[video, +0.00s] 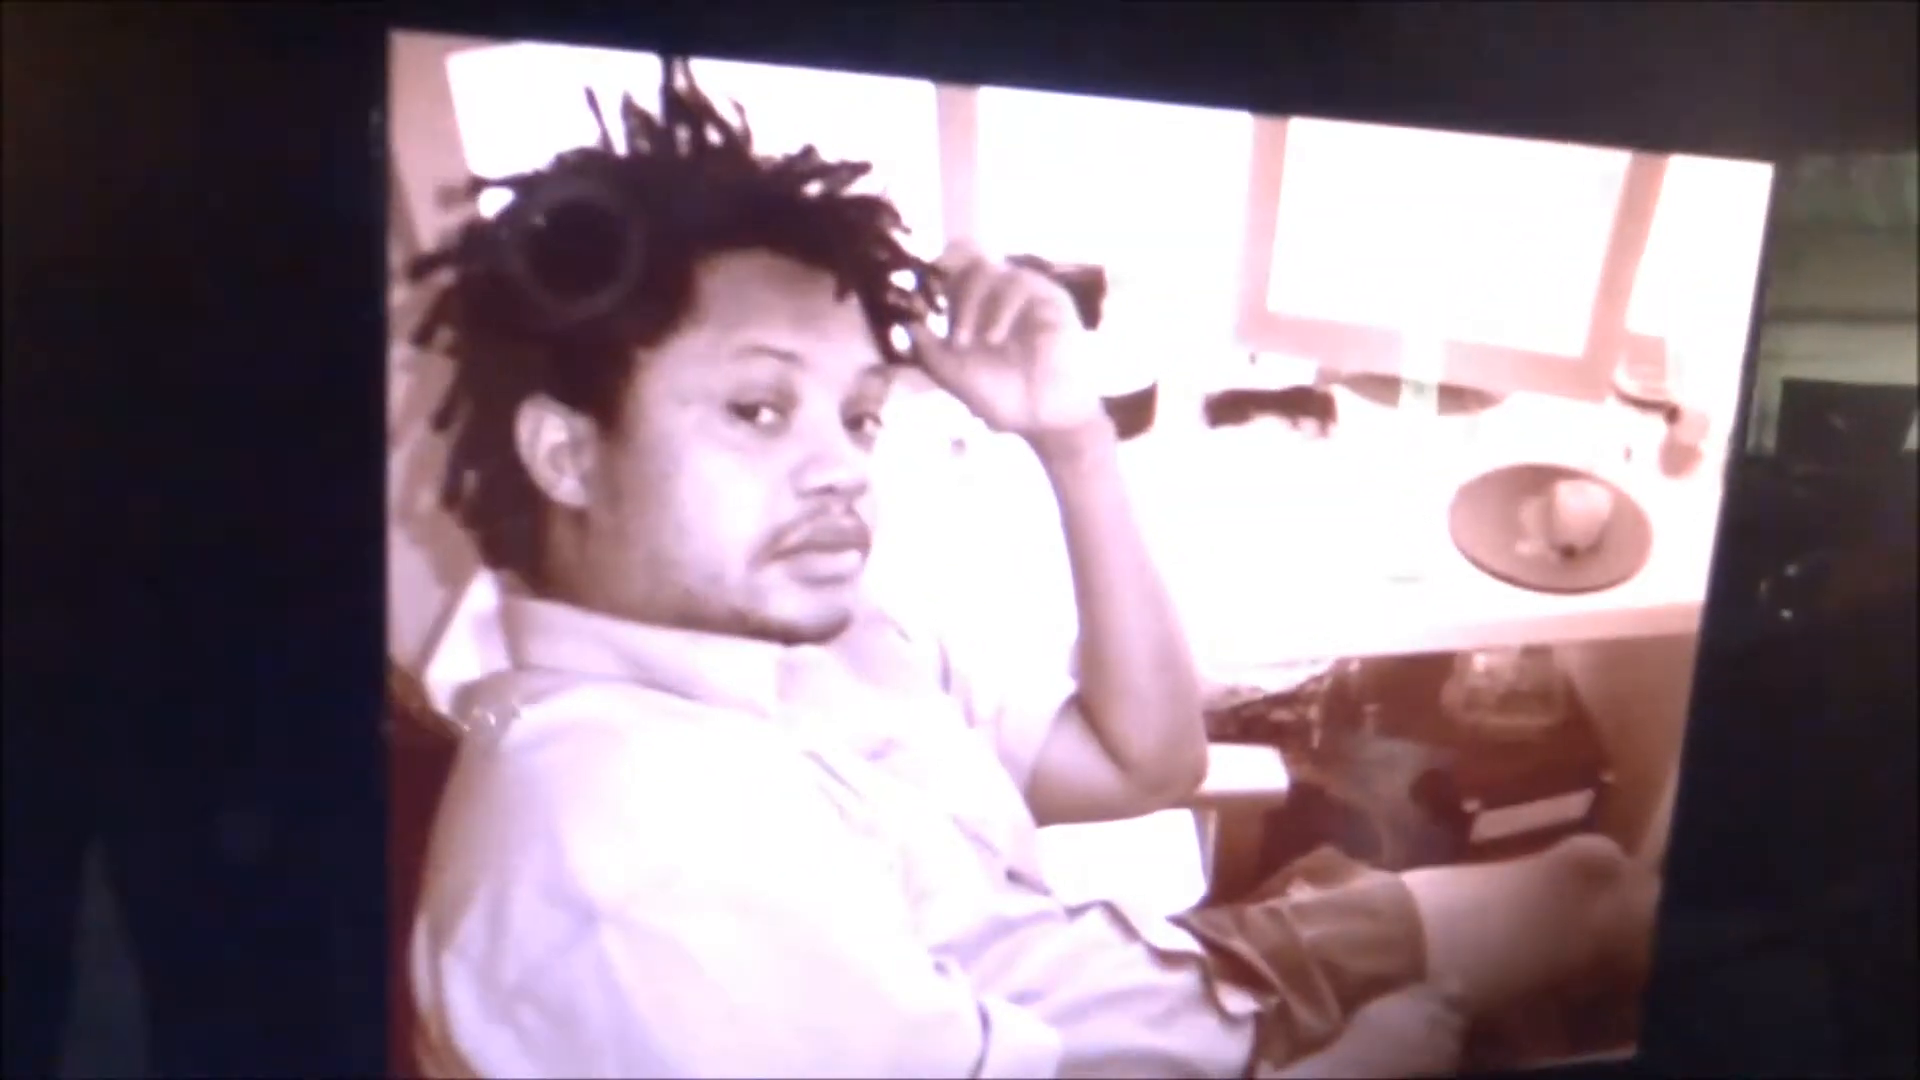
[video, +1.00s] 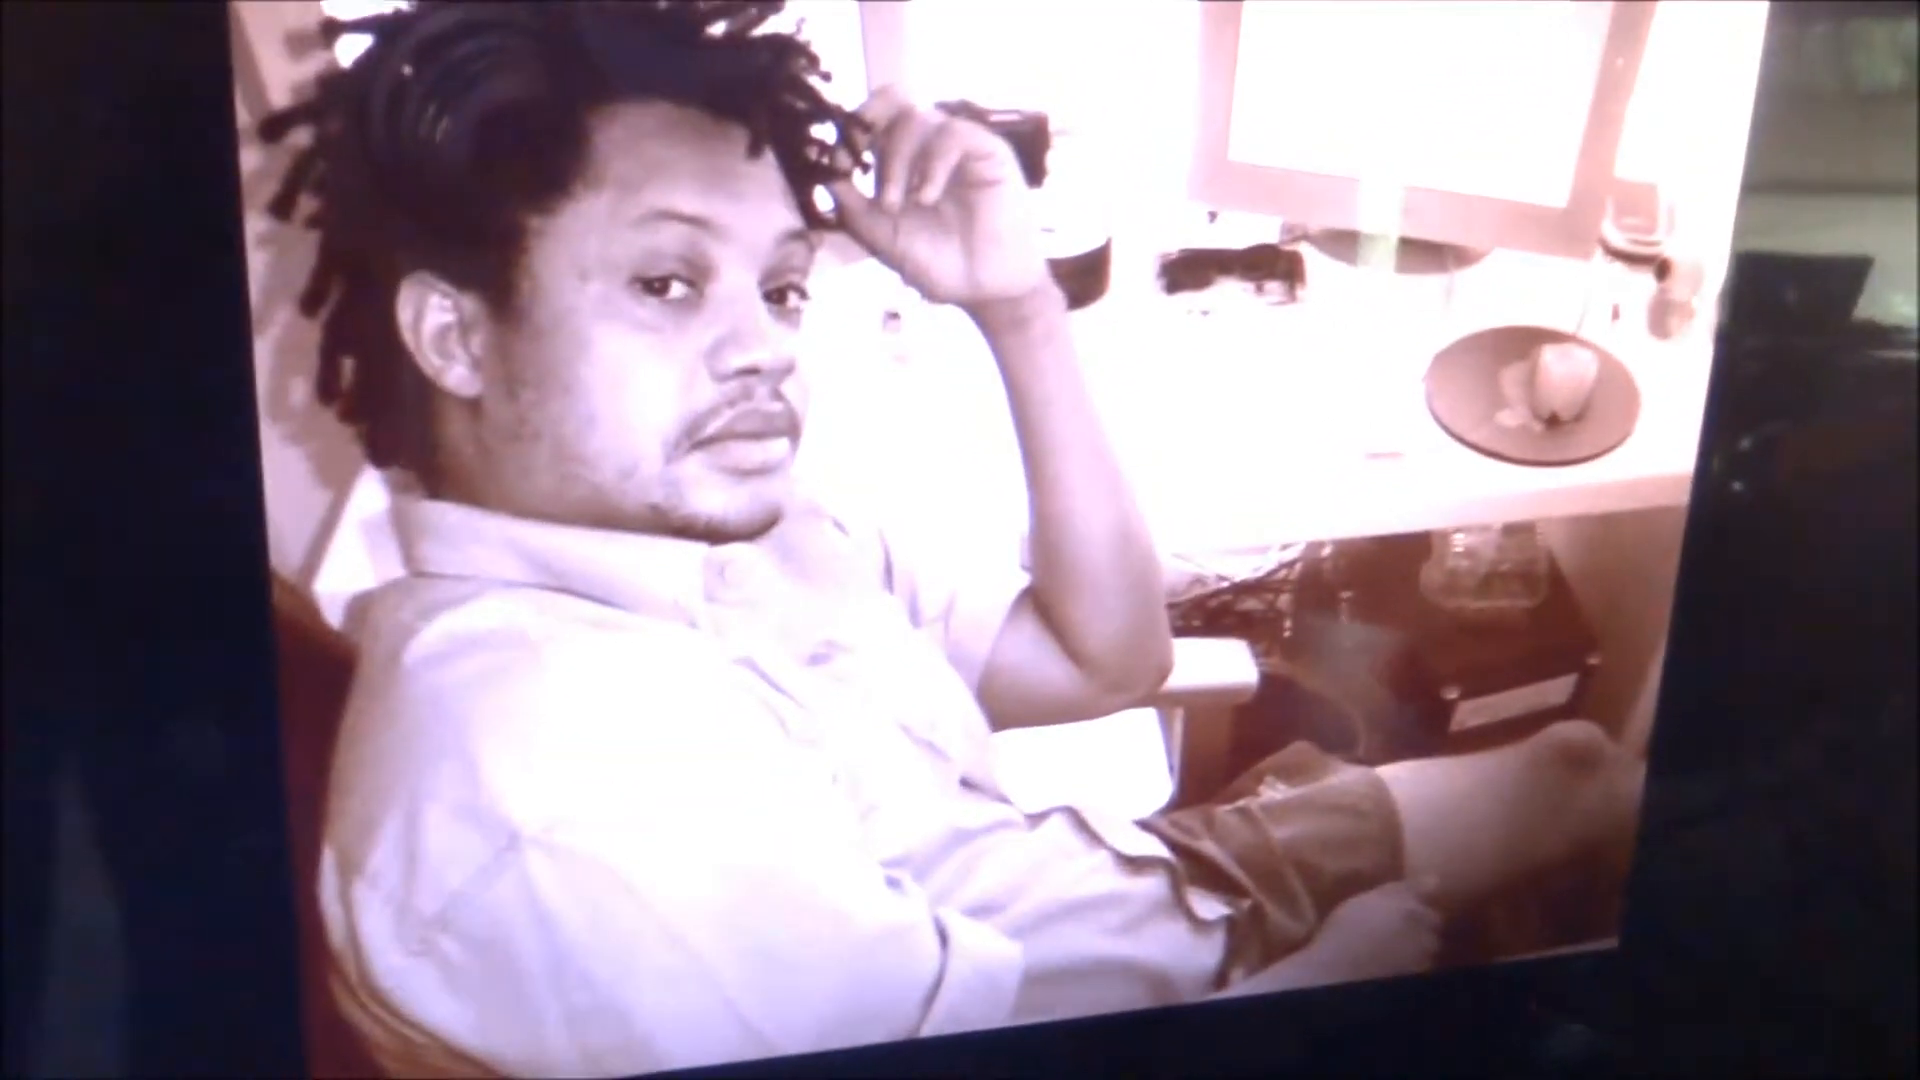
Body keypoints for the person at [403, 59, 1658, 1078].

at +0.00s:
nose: (844, 470)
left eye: (856, 415)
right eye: (756, 411)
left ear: (887, 416)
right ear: (561, 452)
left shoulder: (826, 641)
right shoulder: (600, 835)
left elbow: (1146, 763)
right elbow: (959, 1066)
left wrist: (1071, 435)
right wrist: (1344, 1041)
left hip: (1168, 971)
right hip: (1144, 1071)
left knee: (1596, 878)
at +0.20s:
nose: (790, 385)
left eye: (802, 325)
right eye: (697, 320)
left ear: (835, 328)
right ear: (490, 368)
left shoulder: (766, 567)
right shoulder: (543, 779)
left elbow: (1110, 680)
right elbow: (1000, 1030)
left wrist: (1031, 346)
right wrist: (1408, 920)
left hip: (1177, 875)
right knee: (1611, 818)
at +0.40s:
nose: (805, 289)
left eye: (813, 228)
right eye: (705, 220)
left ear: (846, 237)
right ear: (489, 263)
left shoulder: (793, 471)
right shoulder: (548, 674)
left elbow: (1133, 602)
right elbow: (1008, 971)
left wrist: (1052, 238)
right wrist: (1319, 836)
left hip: (1161, 826)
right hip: (1135, 955)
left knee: (1617, 714)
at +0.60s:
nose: (781, 320)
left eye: (794, 257)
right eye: (685, 250)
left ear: (830, 264)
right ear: (468, 298)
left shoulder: (777, 511)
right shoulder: (522, 708)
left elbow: (1116, 634)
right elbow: (1000, 1004)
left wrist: (1040, 275)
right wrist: (1371, 916)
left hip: (1170, 857)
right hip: (1133, 981)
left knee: (1593, 731)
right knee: (1618, 758)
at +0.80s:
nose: (711, 351)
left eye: (725, 288)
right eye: (610, 280)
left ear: (755, 294)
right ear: (389, 328)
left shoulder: (711, 550)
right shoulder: (441, 744)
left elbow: (1049, 654)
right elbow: (912, 1019)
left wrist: (966, 303)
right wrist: (1323, 934)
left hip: (1155, 909)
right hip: (1098, 1027)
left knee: (1548, 771)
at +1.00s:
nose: (764, 353)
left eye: (776, 294)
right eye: (665, 286)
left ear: (807, 302)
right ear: (451, 335)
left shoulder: (767, 556)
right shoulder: (500, 741)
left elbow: (1099, 658)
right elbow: (959, 1022)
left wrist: (1016, 306)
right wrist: (1356, 936)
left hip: (1200, 895)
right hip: (1157, 1018)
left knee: (1591, 765)